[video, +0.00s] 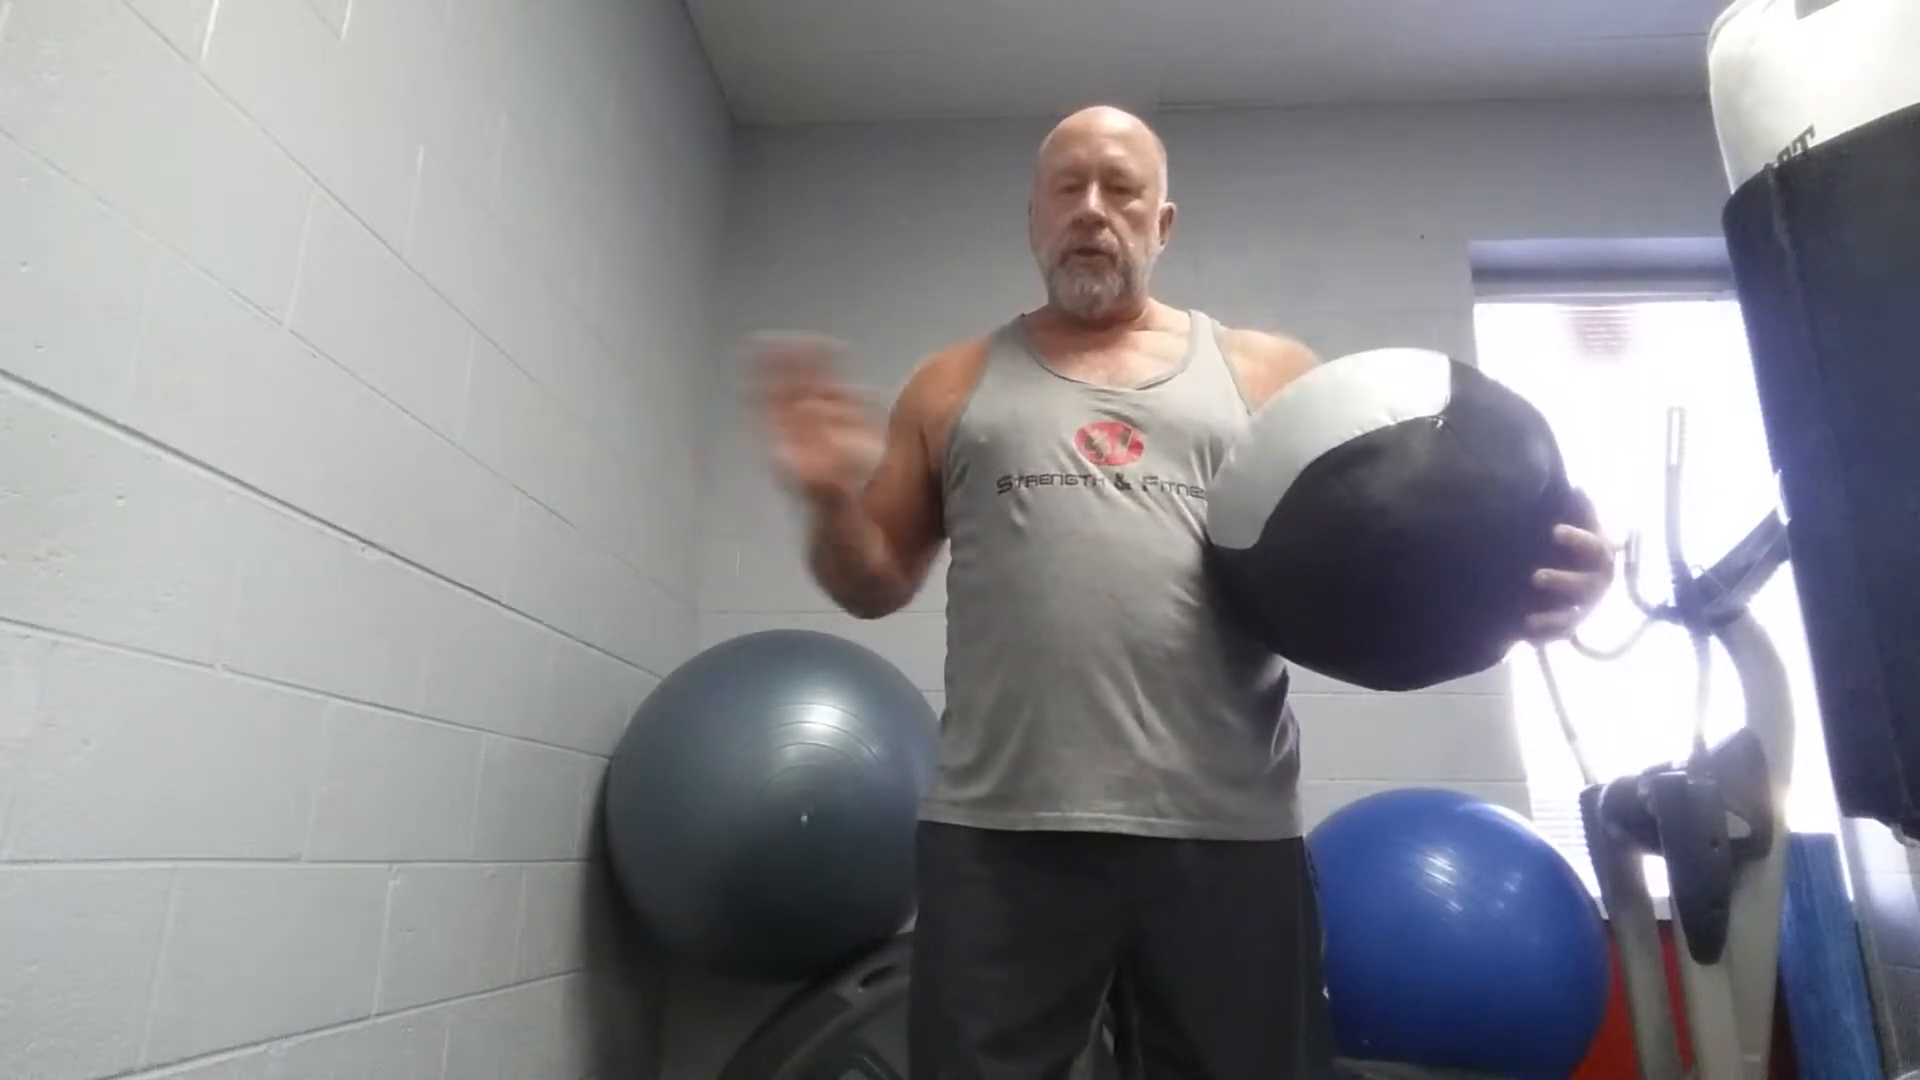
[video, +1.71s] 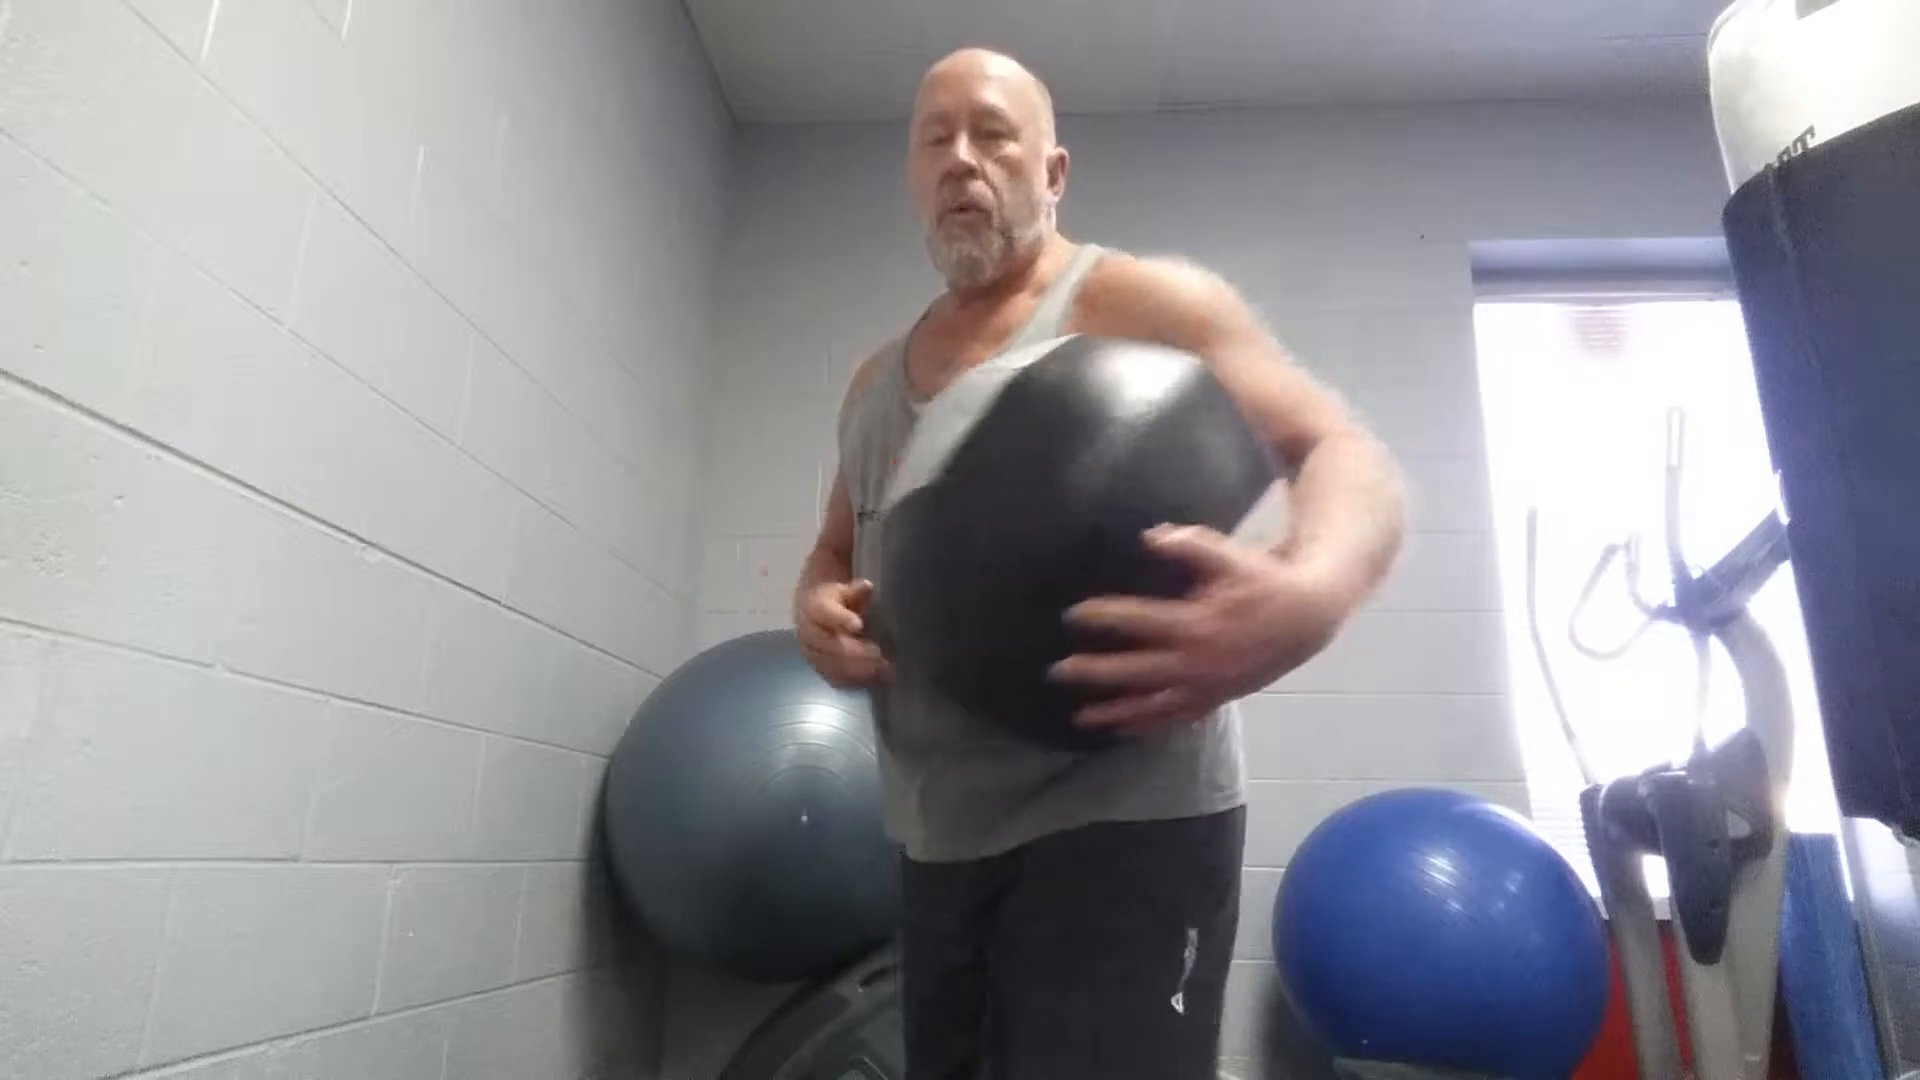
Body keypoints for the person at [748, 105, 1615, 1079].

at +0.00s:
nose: (1092, 207)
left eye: (1121, 187)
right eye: (1067, 186)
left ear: (1164, 220)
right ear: (1031, 216)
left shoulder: (1267, 370)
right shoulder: (951, 383)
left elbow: (1396, 543)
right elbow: (875, 585)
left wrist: (1539, 575)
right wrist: (828, 497)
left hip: (1225, 834)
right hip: (999, 833)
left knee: (1248, 1068)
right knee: (978, 1068)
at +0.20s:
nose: (1103, 210)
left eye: (1133, 188)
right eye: (1080, 185)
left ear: (1175, 222)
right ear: (1041, 213)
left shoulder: (1274, 376)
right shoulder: (956, 384)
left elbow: (1393, 551)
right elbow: (870, 564)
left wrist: (1545, 578)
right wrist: (771, 507)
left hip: (1227, 836)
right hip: (1002, 833)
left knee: (1250, 1076)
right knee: (975, 1072)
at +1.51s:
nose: (988, 177)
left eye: (1018, 157)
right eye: (961, 159)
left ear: (1068, 196)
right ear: (932, 198)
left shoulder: (1164, 325)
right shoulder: (882, 394)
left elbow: (1371, 458)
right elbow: (837, 584)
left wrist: (1409, 551)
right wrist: (774, 582)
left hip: (1133, 825)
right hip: (938, 843)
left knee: (1104, 1062)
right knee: (947, 1066)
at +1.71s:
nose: (958, 160)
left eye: (991, 135)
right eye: (935, 138)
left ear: (1054, 169)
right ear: (910, 174)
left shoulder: (1153, 302)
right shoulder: (881, 381)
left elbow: (1349, 460)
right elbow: (835, 555)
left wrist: (1312, 595)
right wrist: (817, 613)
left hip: (1128, 825)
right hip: (943, 840)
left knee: (1103, 1062)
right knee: (951, 1065)